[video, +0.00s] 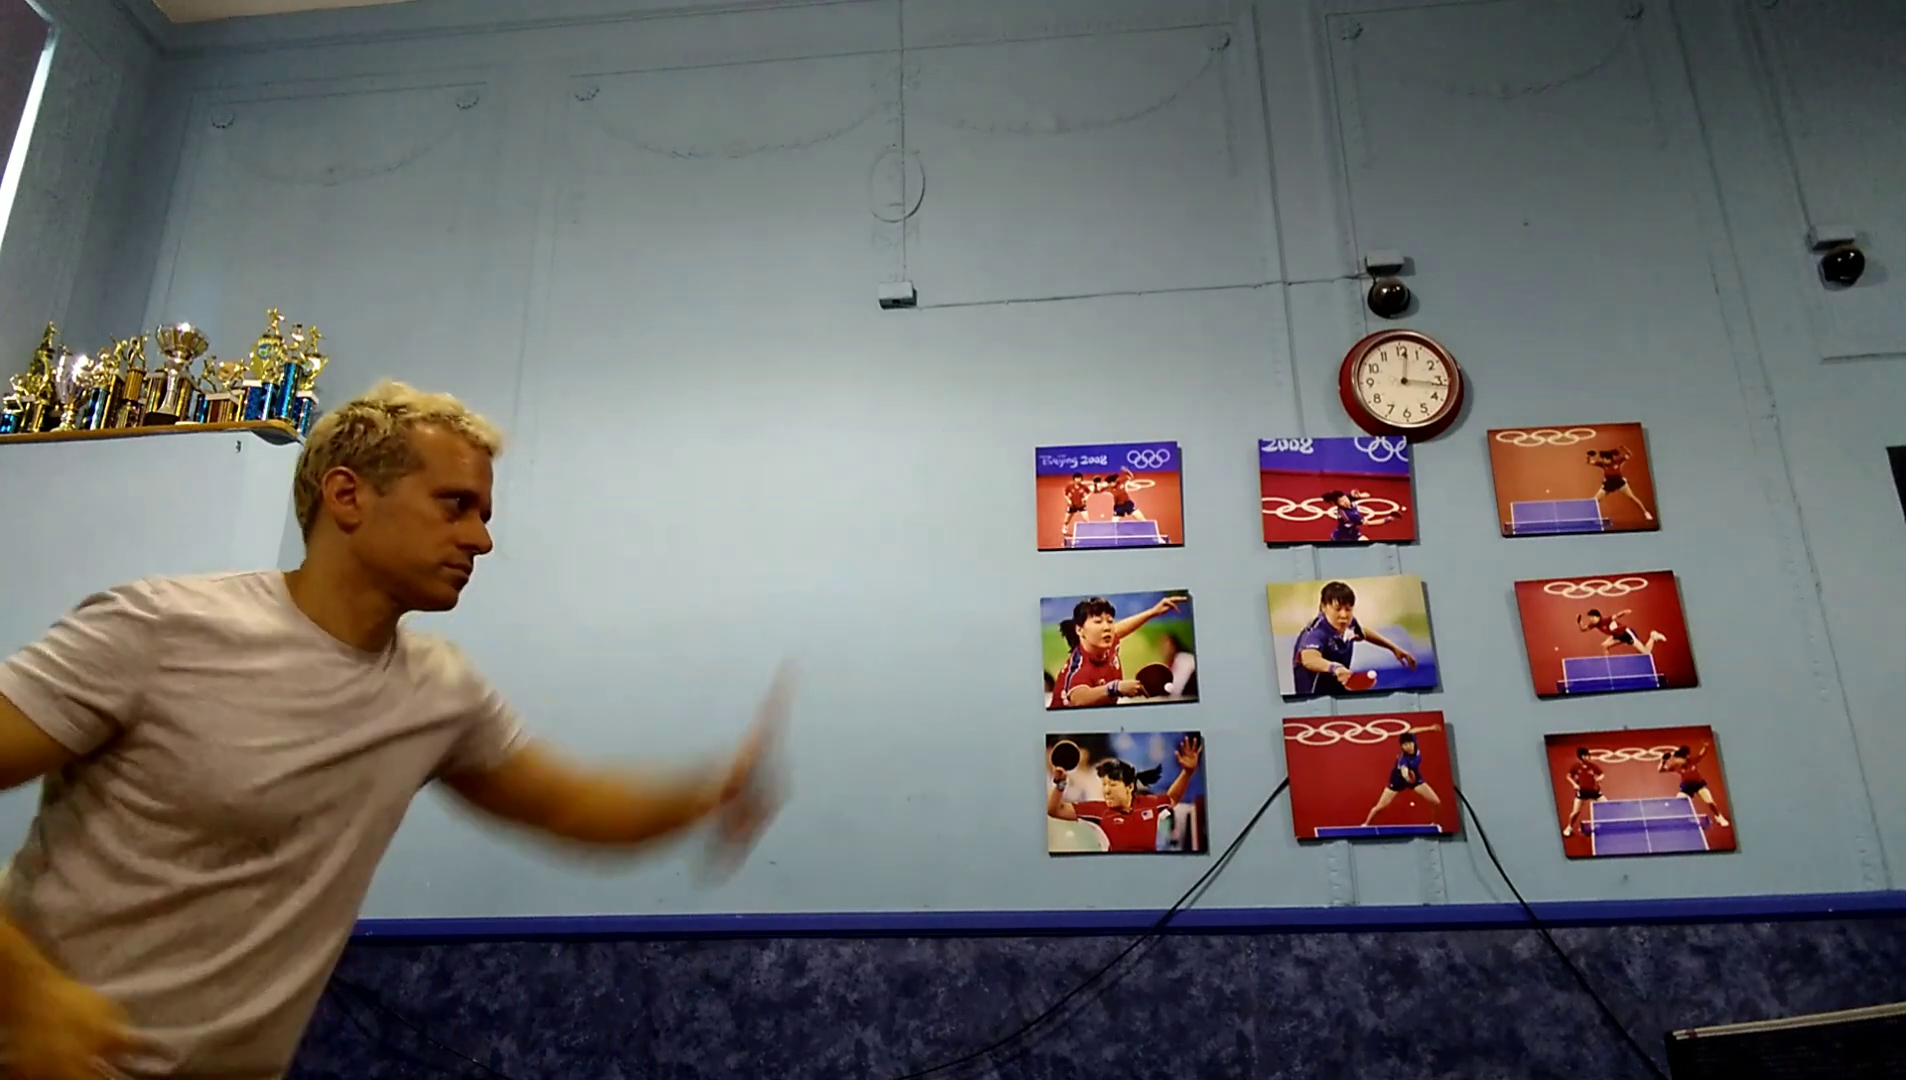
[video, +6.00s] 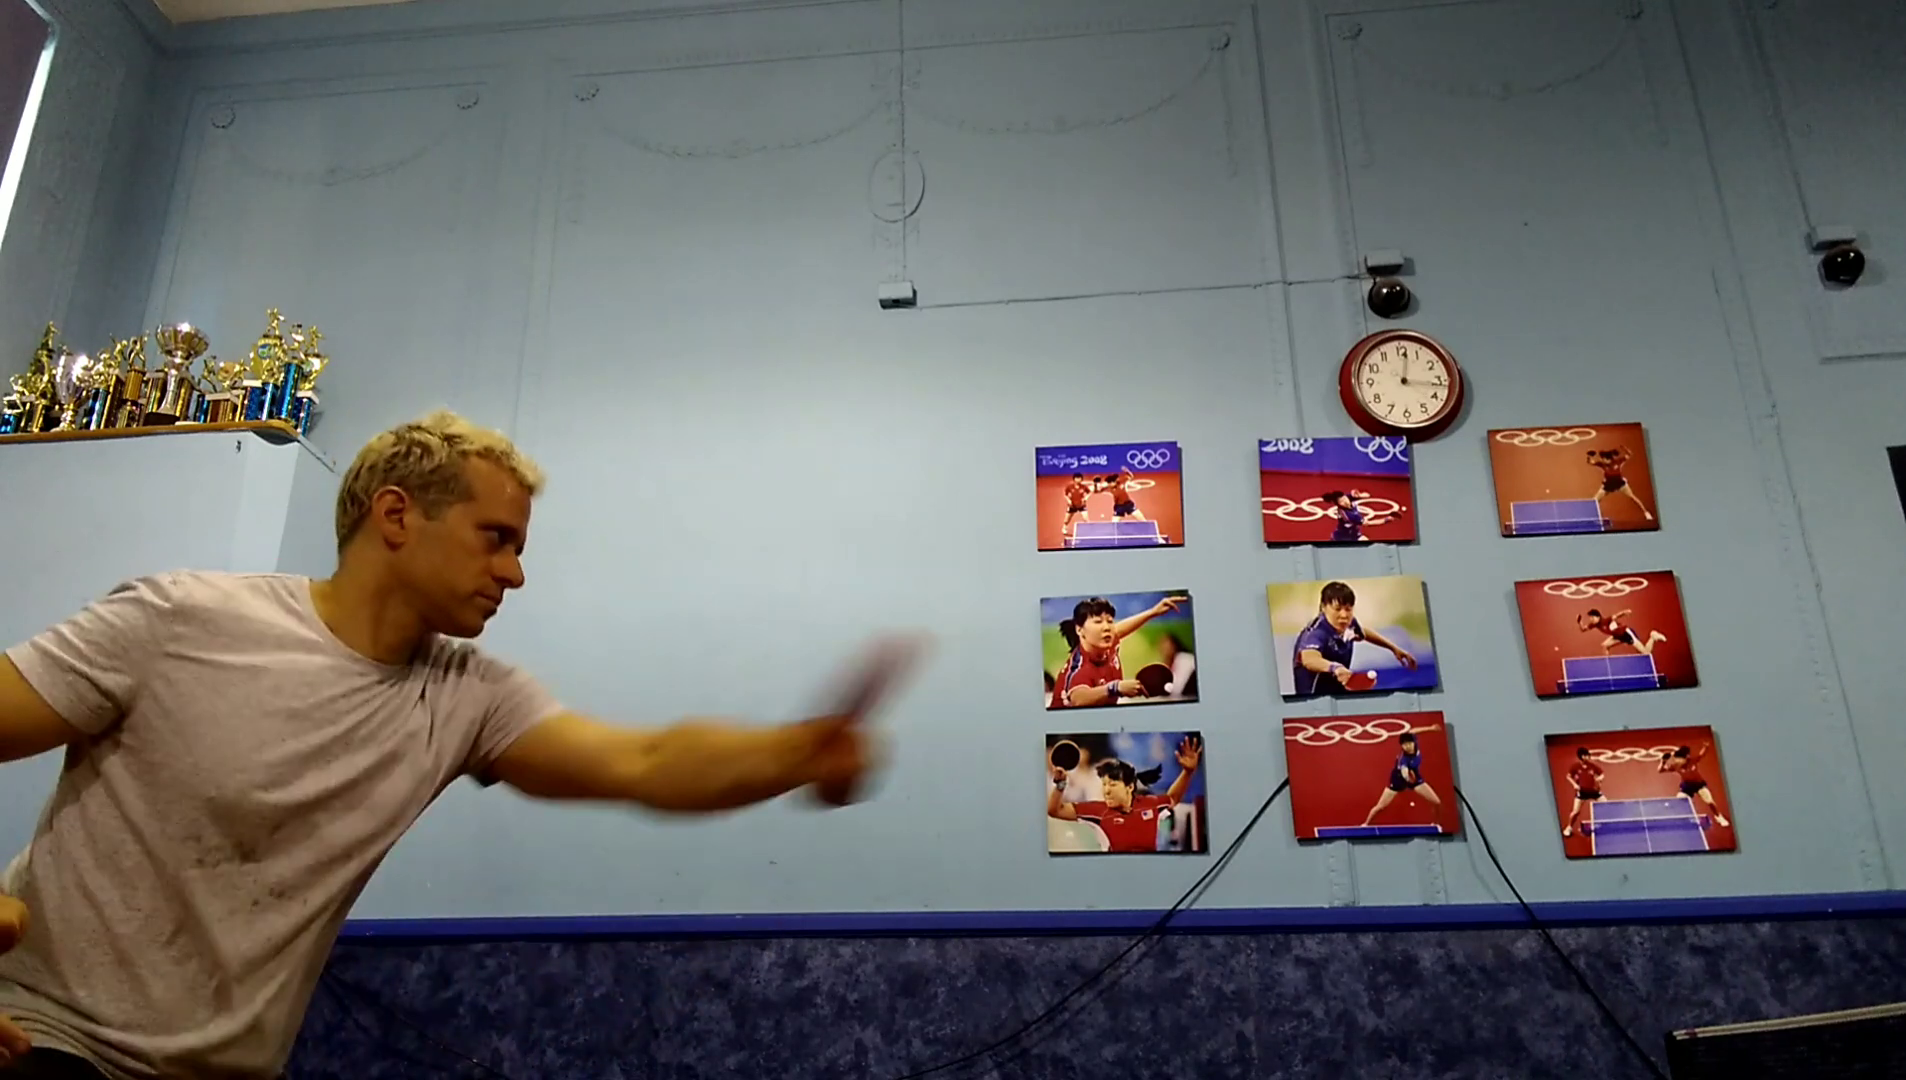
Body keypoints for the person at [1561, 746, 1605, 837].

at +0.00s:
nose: (1588, 758)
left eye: (1588, 755)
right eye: (1586, 756)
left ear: (1588, 756)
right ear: (1581, 757)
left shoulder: (1592, 766)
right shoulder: (1576, 766)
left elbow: (1602, 774)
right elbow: (1569, 776)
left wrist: (1598, 779)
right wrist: (1574, 784)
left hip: (1594, 791)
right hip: (1582, 791)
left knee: (1607, 806)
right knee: (1576, 812)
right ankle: (1569, 827)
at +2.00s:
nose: (1587, 758)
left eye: (1588, 755)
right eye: (1585, 756)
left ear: (1588, 756)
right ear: (1581, 757)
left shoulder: (1592, 766)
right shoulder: (1576, 767)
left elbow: (1602, 774)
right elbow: (1568, 776)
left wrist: (1598, 779)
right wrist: (1574, 784)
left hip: (1594, 791)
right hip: (1582, 791)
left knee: (1607, 806)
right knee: (1576, 812)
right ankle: (1569, 827)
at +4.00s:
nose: (1588, 758)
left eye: (1588, 755)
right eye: (1586, 756)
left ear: (1588, 756)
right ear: (1581, 757)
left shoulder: (1592, 766)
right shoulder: (1576, 767)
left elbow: (1602, 774)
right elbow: (1568, 776)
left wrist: (1598, 779)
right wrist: (1574, 784)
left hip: (1594, 791)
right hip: (1582, 791)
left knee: (1607, 806)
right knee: (1576, 812)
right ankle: (1569, 827)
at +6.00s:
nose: (1587, 758)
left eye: (1588, 755)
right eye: (1585, 755)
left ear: (1589, 756)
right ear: (1581, 757)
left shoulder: (1592, 766)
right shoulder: (1576, 766)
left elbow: (1602, 774)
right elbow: (1568, 776)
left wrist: (1598, 779)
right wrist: (1574, 785)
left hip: (1594, 791)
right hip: (1582, 791)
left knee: (1606, 806)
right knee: (1576, 811)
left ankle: (1606, 826)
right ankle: (1569, 827)